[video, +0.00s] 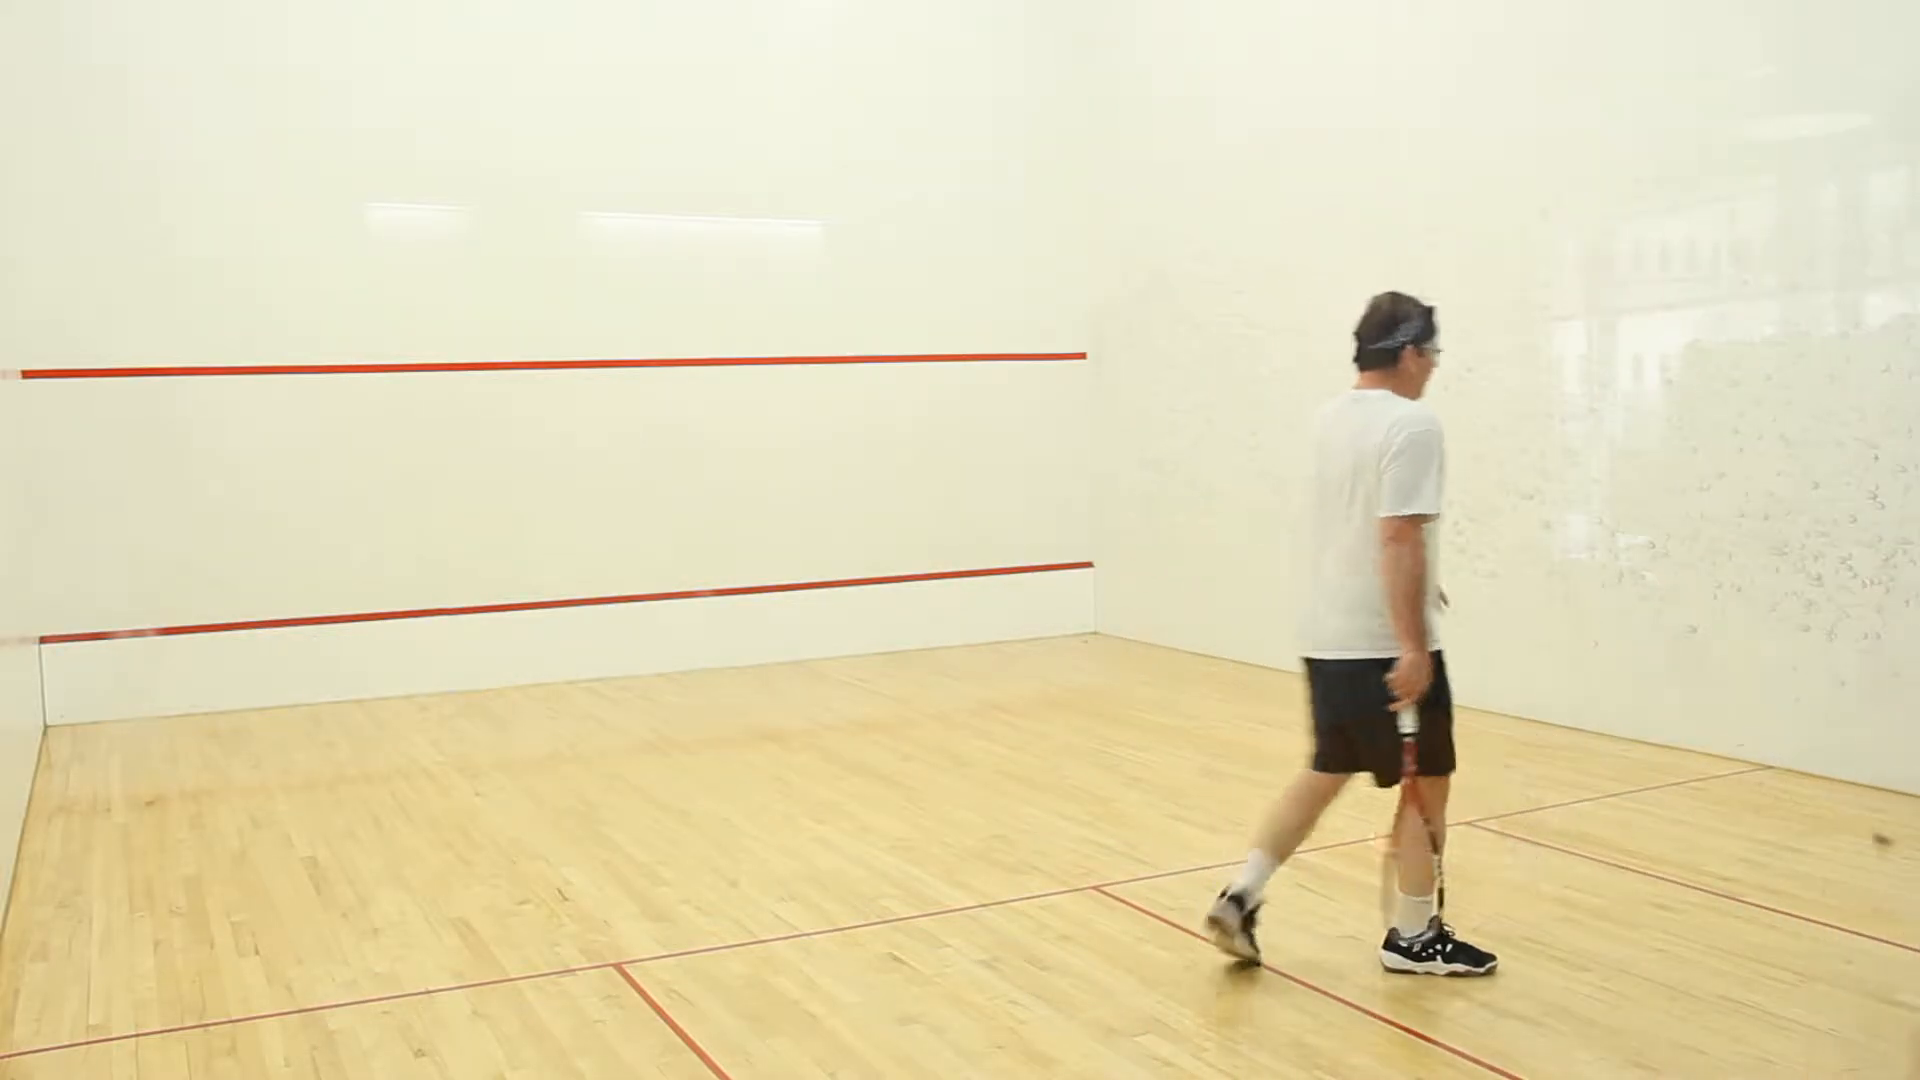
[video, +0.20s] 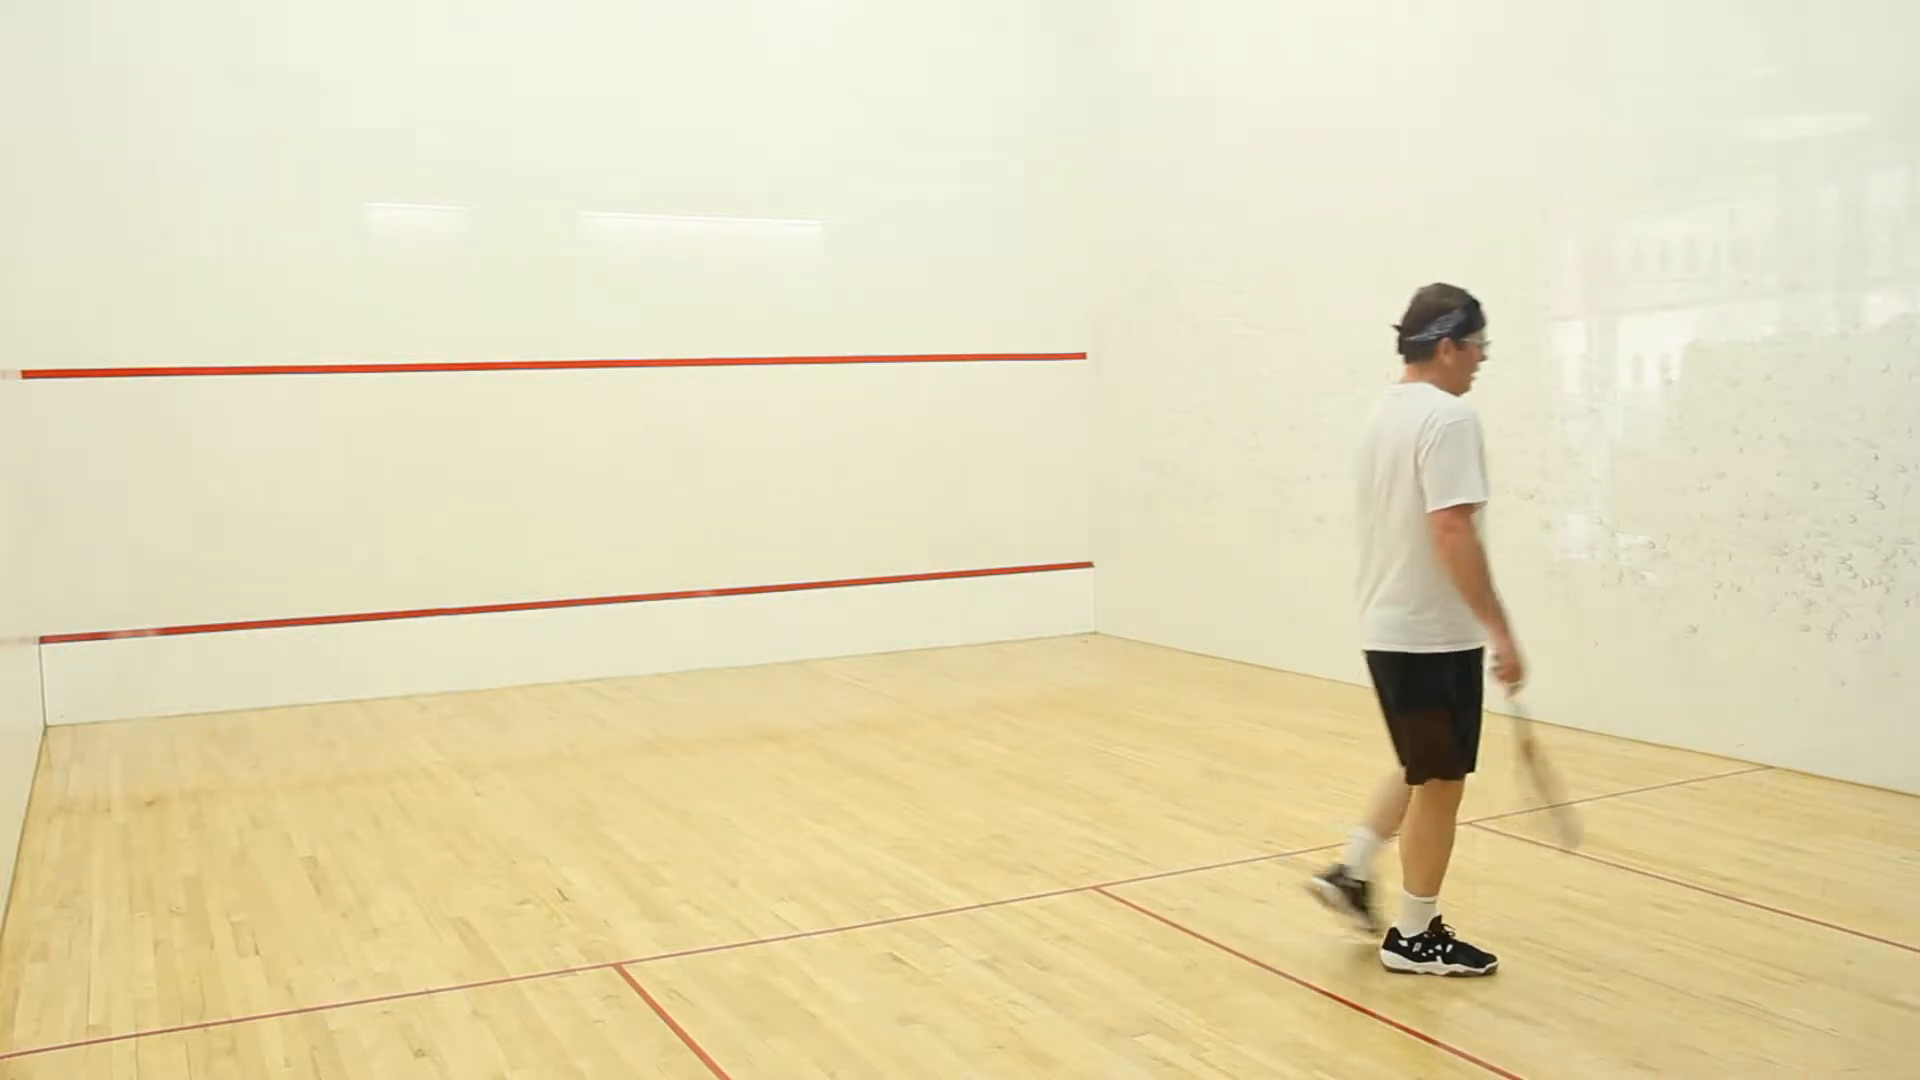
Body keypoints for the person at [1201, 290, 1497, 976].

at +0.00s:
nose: (1433, 365)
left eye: (1432, 353)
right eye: (1430, 352)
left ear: (1369, 352)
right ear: (1408, 353)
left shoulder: (1333, 416)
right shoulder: (1410, 424)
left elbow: (1337, 531)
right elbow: (1401, 538)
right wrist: (1414, 648)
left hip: (1328, 642)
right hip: (1390, 645)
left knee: (1329, 766)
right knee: (1426, 783)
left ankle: (1240, 896)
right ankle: (1412, 933)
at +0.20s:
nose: (1483, 357)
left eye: (1483, 344)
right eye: (1477, 345)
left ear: (1426, 346)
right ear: (1444, 346)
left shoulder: (1391, 412)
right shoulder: (1447, 417)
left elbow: (1391, 527)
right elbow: (1453, 531)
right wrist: (1501, 633)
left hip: (1389, 630)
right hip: (1434, 634)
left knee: (1421, 761)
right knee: (1442, 778)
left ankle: (1352, 869)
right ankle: (1416, 930)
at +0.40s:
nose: (1532, 359)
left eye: (1533, 346)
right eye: (1524, 346)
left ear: (1474, 349)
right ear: (1485, 347)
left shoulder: (1435, 413)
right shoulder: (1487, 420)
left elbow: (1403, 523)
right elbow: (1485, 532)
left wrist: (1393, 605)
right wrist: (1547, 622)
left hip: (1463, 632)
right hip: (1465, 637)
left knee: (1518, 753)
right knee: (1459, 778)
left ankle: (1533, 903)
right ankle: (1415, 930)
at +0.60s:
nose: (1573, 367)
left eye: (1573, 354)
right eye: (1567, 352)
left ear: (1516, 352)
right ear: (1532, 350)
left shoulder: (1490, 419)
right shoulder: (1521, 425)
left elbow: (1482, 544)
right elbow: (1520, 546)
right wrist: (1561, 647)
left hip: (1527, 637)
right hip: (1512, 642)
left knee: (1576, 759)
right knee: (1517, 783)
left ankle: (1581, 915)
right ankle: (1429, 917)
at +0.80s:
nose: (1607, 357)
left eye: (1607, 343)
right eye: (1598, 342)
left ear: (1553, 344)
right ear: (1558, 342)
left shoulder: (1553, 417)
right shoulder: (1533, 422)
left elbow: (1562, 537)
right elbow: (1531, 542)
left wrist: (1604, 625)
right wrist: (1568, 637)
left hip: (1587, 630)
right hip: (1560, 636)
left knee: (1605, 773)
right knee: (1604, 770)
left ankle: (1583, 917)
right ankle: (1491, 895)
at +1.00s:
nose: (1618, 351)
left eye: (1617, 337)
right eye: (1610, 336)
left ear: (1575, 339)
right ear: (1577, 337)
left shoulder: (1584, 418)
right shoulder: (1542, 417)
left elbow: (1634, 502)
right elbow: (1529, 531)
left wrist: (1708, 556)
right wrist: (1550, 636)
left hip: (1614, 628)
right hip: (1582, 633)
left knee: (1605, 774)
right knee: (1619, 773)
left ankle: (1590, 921)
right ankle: (1569, 937)